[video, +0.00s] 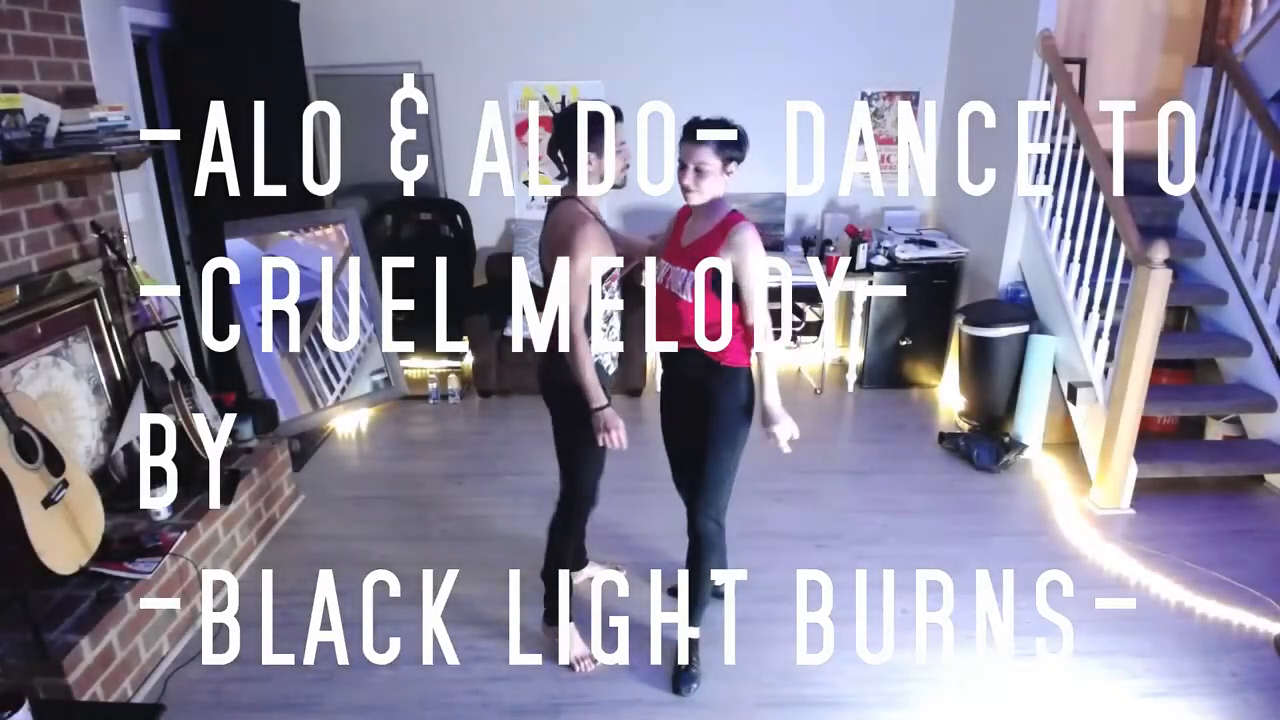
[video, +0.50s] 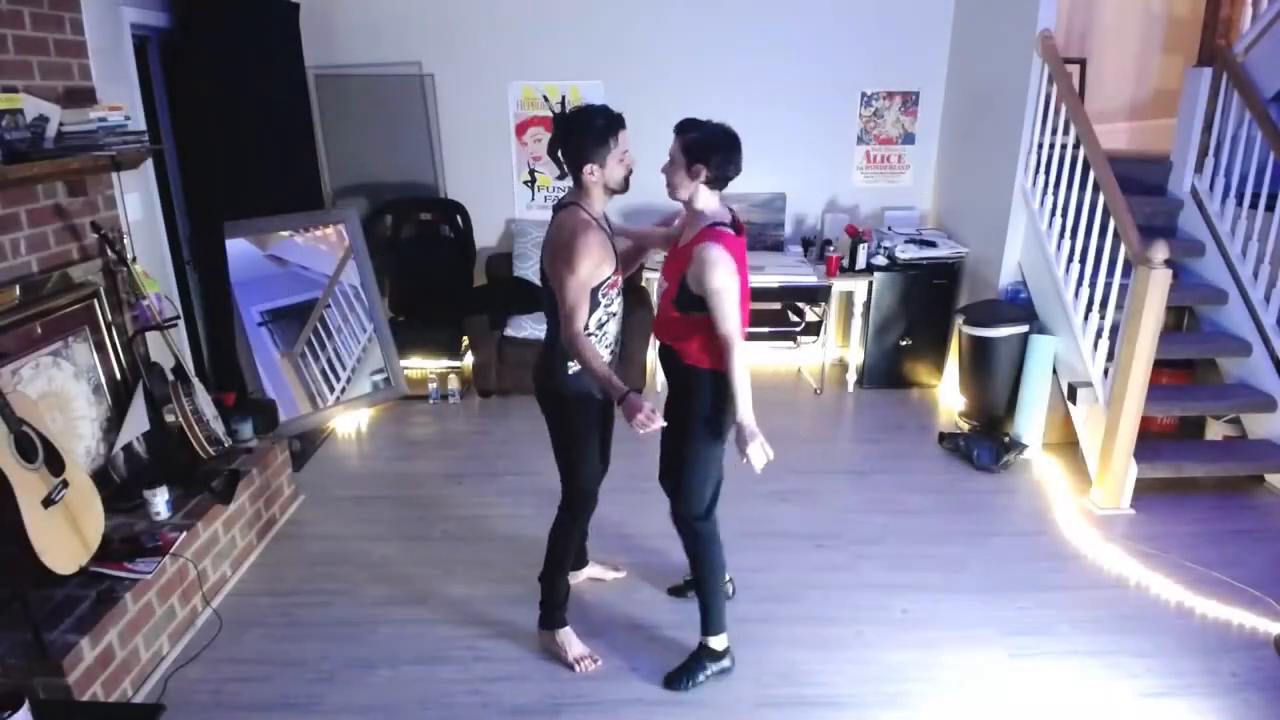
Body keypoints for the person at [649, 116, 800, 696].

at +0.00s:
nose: (688, 176)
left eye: (701, 168)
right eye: (684, 165)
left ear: (729, 173)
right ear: (677, 166)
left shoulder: (741, 235)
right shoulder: (678, 220)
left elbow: (758, 323)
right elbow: (658, 255)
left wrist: (770, 402)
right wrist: (611, 245)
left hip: (727, 380)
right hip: (678, 376)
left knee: (705, 512)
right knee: (693, 495)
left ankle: (688, 642)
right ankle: (713, 575)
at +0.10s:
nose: (683, 175)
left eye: (696, 168)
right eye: (680, 164)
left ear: (728, 172)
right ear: (678, 161)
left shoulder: (739, 237)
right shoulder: (682, 220)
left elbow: (755, 322)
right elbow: (663, 268)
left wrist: (764, 401)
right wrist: (626, 252)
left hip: (723, 376)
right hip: (677, 369)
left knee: (704, 509)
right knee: (687, 483)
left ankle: (689, 635)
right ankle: (715, 571)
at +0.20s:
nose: (673, 175)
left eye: (684, 168)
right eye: (674, 165)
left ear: (718, 175)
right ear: (692, 172)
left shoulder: (729, 241)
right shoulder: (683, 223)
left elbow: (748, 330)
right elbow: (652, 247)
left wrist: (755, 408)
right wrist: (600, 231)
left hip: (717, 381)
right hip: (679, 374)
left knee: (698, 513)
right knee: (677, 483)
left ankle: (689, 638)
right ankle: (714, 572)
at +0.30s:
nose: (669, 173)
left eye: (680, 167)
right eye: (671, 164)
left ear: (715, 176)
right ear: (693, 171)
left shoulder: (726, 242)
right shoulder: (683, 223)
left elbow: (745, 332)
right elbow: (642, 243)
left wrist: (752, 411)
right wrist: (590, 223)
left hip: (715, 377)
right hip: (678, 370)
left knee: (691, 509)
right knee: (677, 486)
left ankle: (694, 636)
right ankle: (713, 572)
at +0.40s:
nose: (666, 171)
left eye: (677, 165)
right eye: (669, 161)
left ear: (708, 178)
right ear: (704, 174)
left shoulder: (718, 251)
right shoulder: (691, 222)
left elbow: (738, 340)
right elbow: (657, 241)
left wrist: (749, 418)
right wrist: (615, 242)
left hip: (710, 383)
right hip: (684, 373)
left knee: (689, 512)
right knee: (675, 482)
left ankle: (712, 641)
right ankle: (712, 572)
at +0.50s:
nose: (665, 166)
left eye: (673, 160)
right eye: (669, 157)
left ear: (698, 172)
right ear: (706, 172)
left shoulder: (713, 253)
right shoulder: (697, 220)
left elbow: (733, 343)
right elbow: (659, 238)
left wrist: (746, 419)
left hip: (707, 385)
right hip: (688, 374)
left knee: (694, 510)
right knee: (678, 482)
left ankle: (716, 644)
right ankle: (713, 571)